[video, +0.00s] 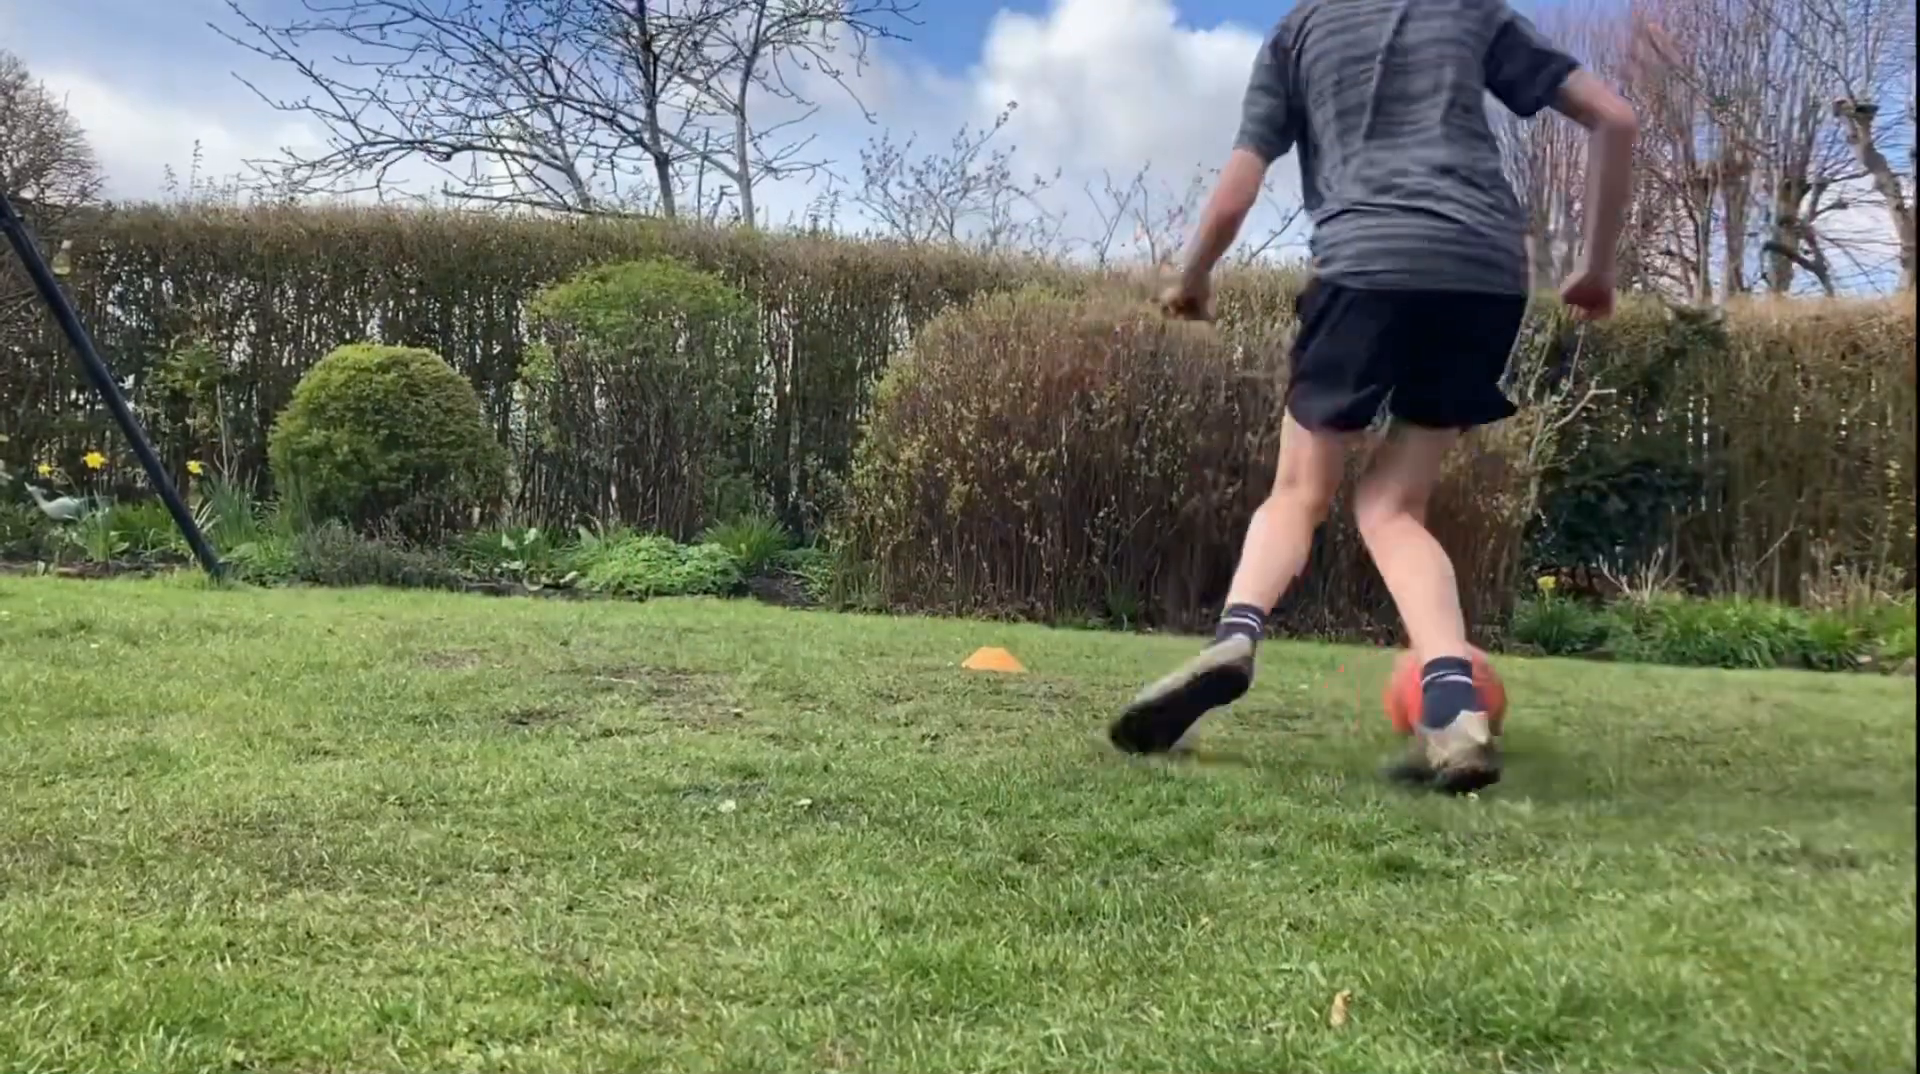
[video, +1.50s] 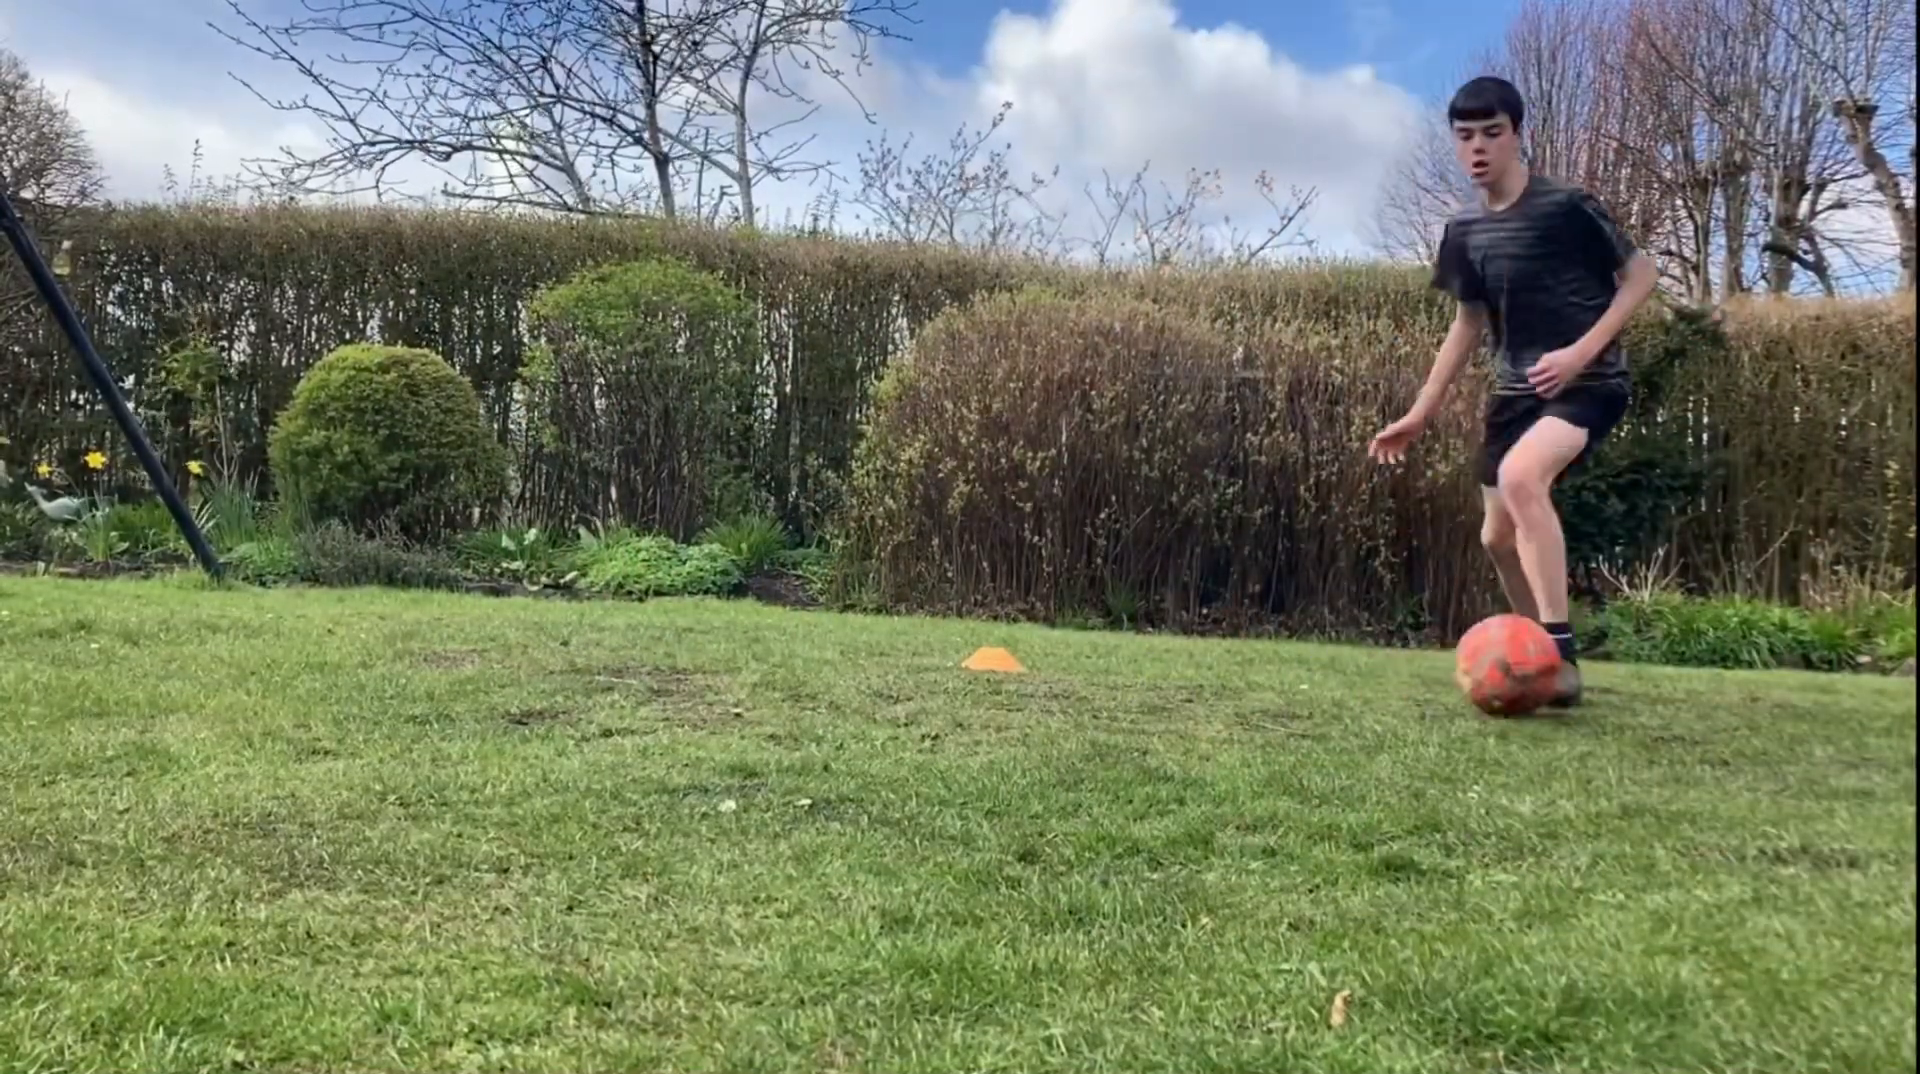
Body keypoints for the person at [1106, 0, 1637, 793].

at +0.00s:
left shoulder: (1300, 28)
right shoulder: (1475, 12)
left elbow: (1229, 203)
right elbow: (1617, 118)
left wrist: (1193, 282)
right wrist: (1598, 266)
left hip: (1362, 273)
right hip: (1485, 279)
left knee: (1298, 490)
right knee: (1395, 508)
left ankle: (1235, 635)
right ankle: (1456, 712)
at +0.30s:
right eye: (1449, 10)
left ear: (1379, 4)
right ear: (1448, 4)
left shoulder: (1338, 64)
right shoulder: (1482, 54)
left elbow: (1280, 182)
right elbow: (1582, 177)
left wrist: (1315, 254)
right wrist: (1516, 199)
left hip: (1360, 289)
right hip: (1464, 290)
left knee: (1366, 500)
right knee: (1443, 475)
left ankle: (1340, 630)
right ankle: (1443, 621)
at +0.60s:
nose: (1453, 120)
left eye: (1402, 115)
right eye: (1457, 110)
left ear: (1397, 114)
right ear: (1460, 107)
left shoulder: (1364, 164)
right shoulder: (1495, 157)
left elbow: (1321, 249)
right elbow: (1612, 214)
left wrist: (1300, 344)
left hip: (1395, 365)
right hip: (1483, 358)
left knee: (1398, 503)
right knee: (1506, 497)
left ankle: (1404, 656)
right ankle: (1523, 570)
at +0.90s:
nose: (1392, 200)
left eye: (1388, 189)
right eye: (1390, 190)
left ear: (1398, 178)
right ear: (1442, 163)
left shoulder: (1399, 227)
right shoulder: (1502, 193)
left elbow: (1399, 339)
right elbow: (1584, 253)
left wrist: (1417, 318)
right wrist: (1638, 342)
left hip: (1492, 382)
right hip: (1564, 375)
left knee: (1414, 478)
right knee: (1482, 481)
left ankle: (1420, 637)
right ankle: (1576, 602)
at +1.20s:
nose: (1408, 186)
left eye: (1410, 169)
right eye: (1401, 177)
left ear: (1447, 152)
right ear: (1441, 161)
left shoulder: (1502, 197)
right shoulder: (1480, 213)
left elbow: (1584, 260)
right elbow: (1524, 305)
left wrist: (1516, 346)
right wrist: (1509, 373)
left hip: (1571, 375)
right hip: (1547, 378)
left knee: (1453, 488)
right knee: (1498, 530)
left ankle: (1454, 628)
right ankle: (1583, 642)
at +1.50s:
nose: (1477, 147)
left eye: (1490, 133)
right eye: (1465, 136)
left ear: (1518, 136)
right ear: (1455, 146)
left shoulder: (1567, 205)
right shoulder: (1463, 233)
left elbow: (1642, 274)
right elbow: (1467, 325)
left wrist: (1581, 351)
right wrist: (1420, 413)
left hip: (1587, 382)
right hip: (1515, 395)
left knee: (1521, 477)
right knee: (1497, 536)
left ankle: (1559, 649)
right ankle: (1545, 652)